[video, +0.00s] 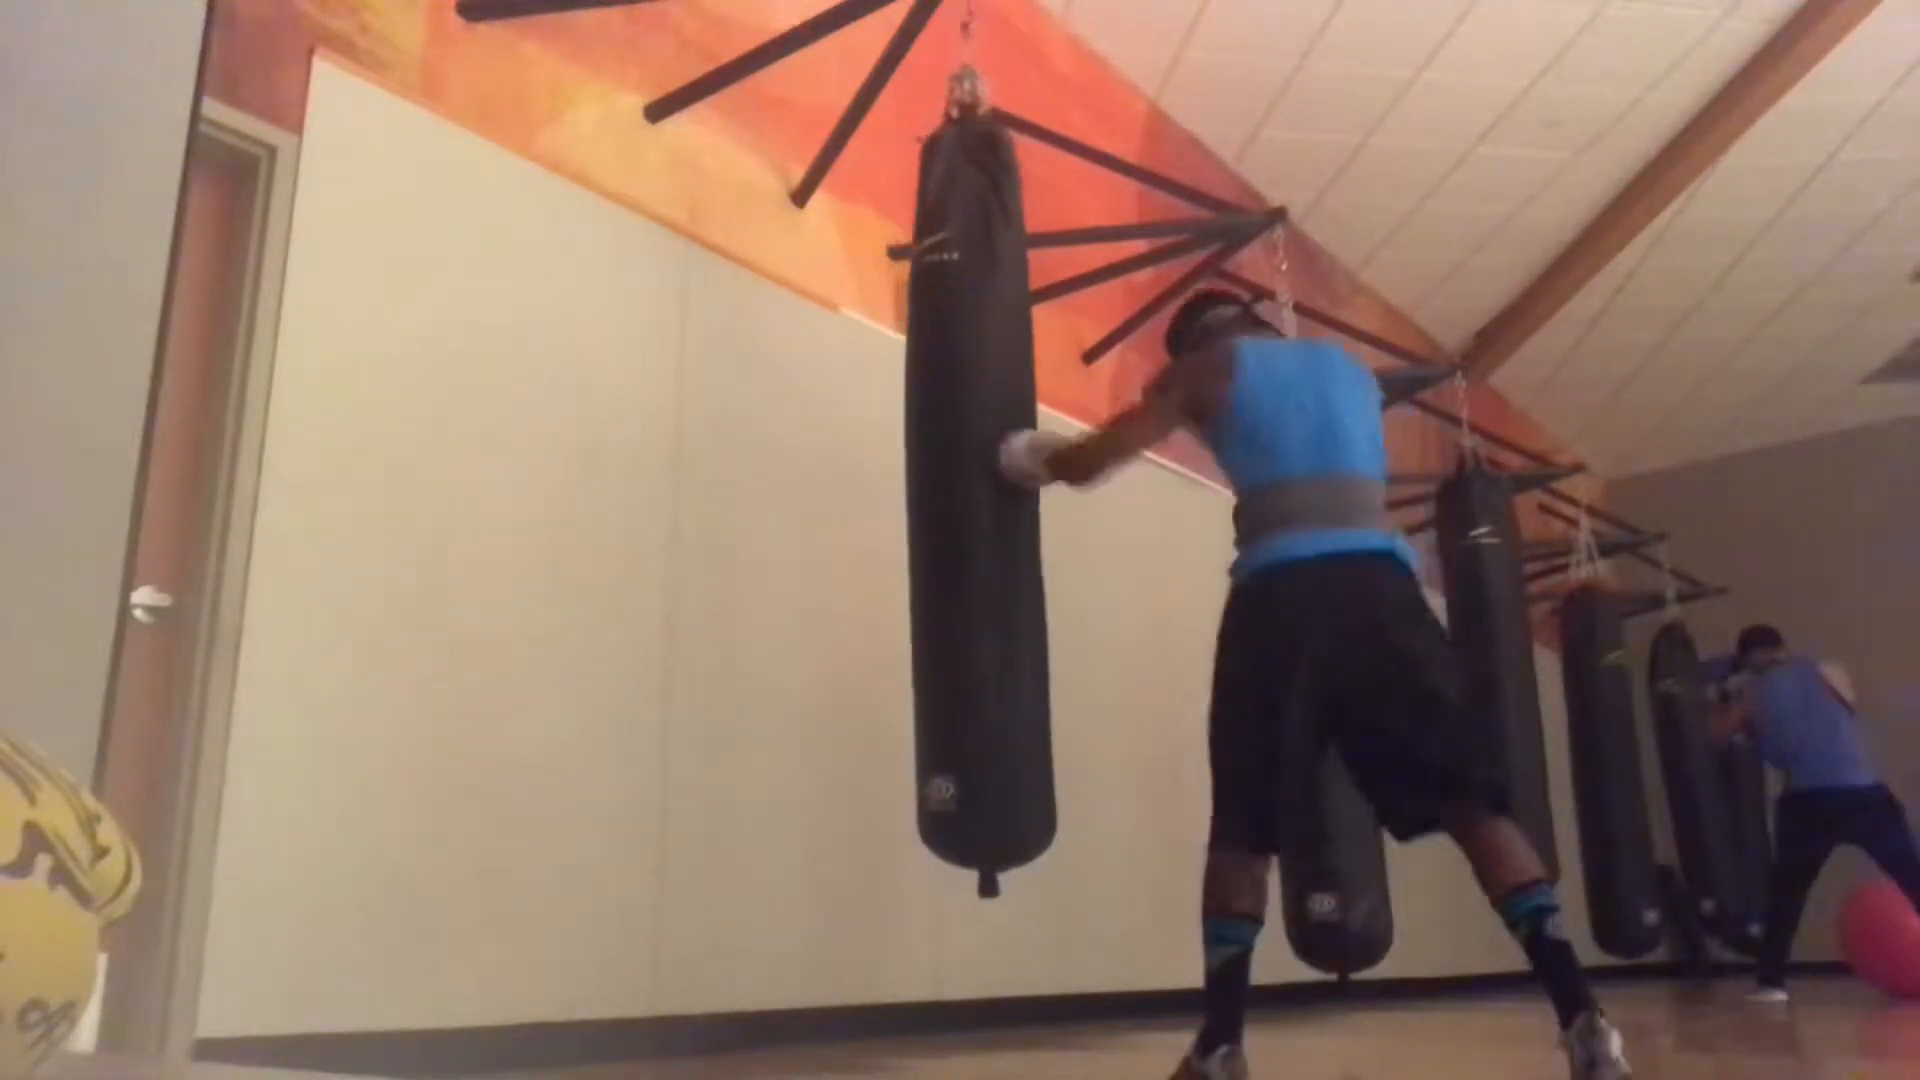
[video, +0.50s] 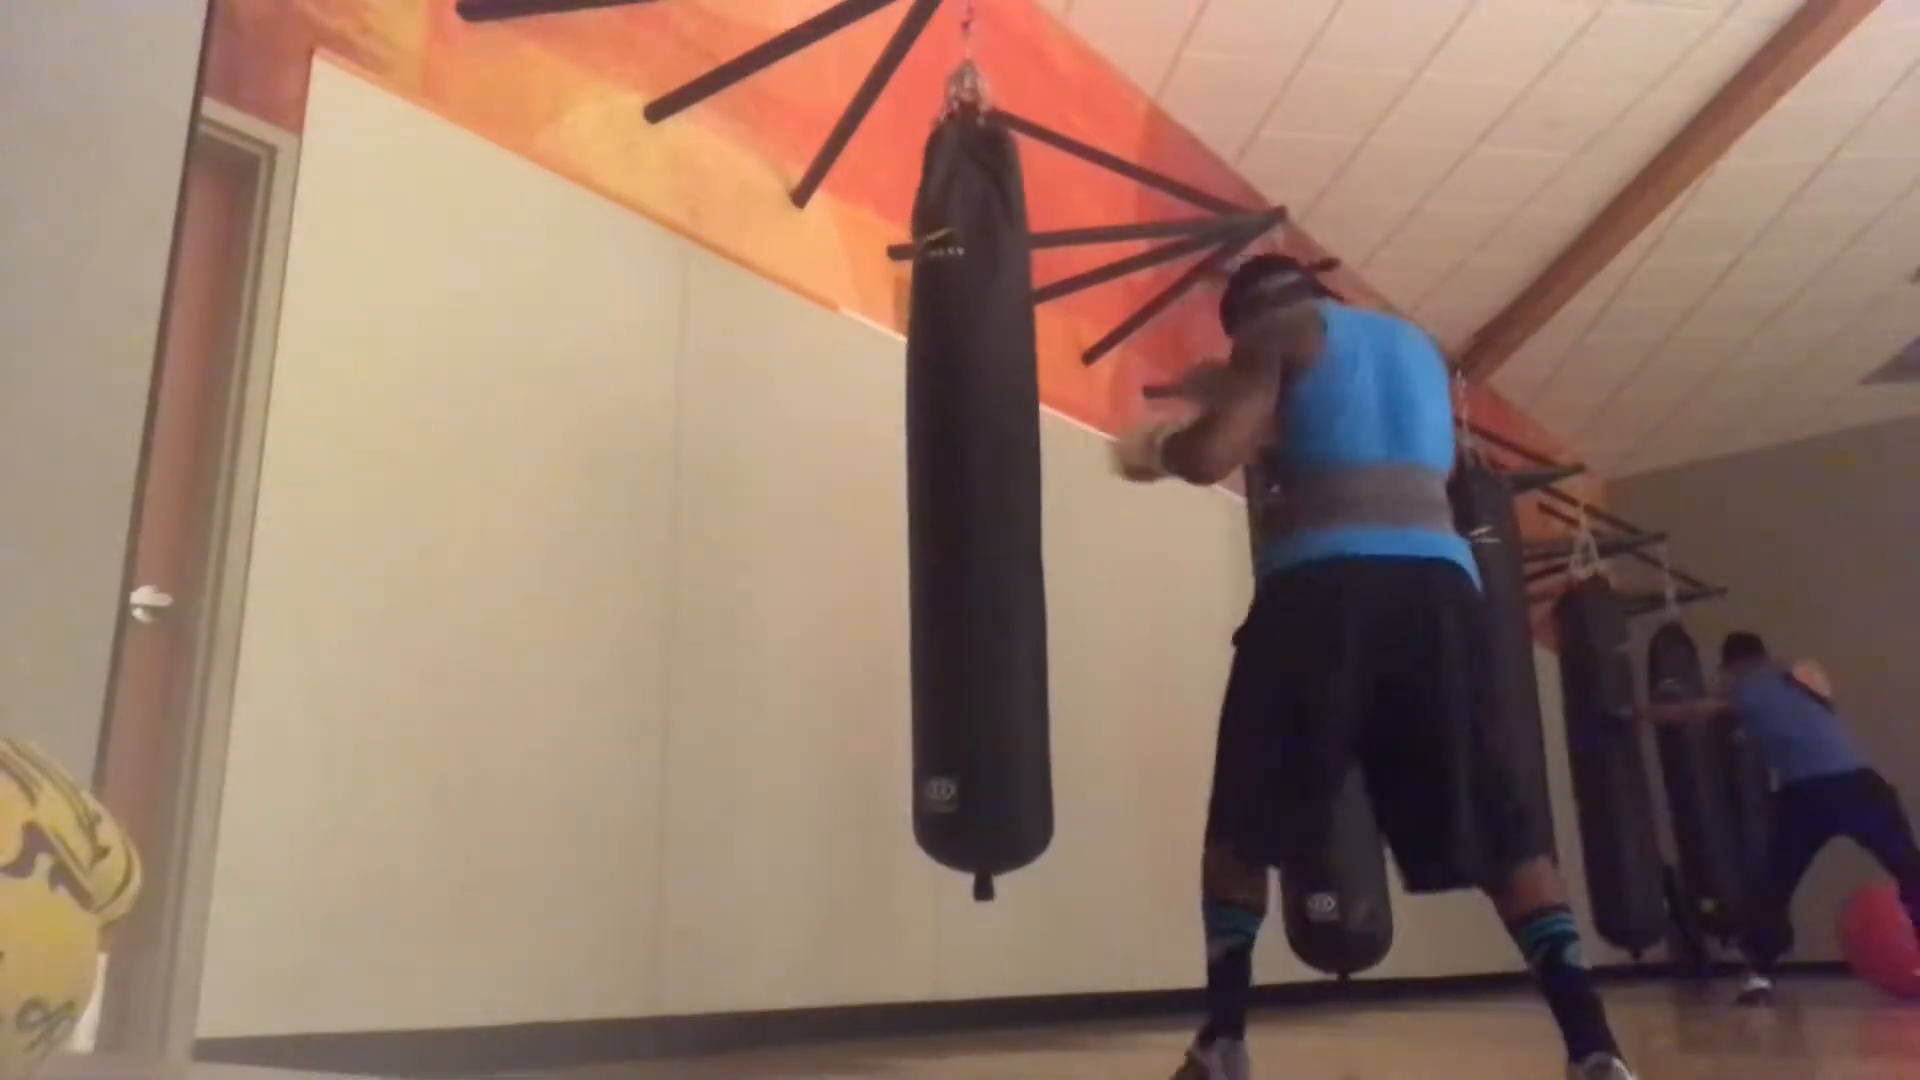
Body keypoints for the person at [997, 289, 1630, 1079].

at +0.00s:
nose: (1176, 380)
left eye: (1181, 365)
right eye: (1179, 371)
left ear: (1194, 347)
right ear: (1264, 323)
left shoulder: (1204, 366)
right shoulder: (1347, 366)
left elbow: (1088, 463)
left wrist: (1033, 456)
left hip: (1275, 612)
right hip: (1383, 599)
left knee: (1241, 827)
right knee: (1473, 805)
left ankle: (1221, 1041)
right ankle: (1582, 1016)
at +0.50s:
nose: (1242, 348)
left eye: (1242, 336)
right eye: (1240, 338)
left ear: (1255, 312)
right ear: (1314, 287)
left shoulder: (1276, 327)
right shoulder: (1419, 344)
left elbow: (1214, 453)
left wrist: (1162, 450)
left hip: (1320, 599)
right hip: (1442, 597)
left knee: (1241, 819)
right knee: (1496, 818)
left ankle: (1224, 1039)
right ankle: (1593, 1046)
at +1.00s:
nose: (1207, 311)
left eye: (1209, 298)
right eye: (1204, 302)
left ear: (1224, 274)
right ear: (1292, 248)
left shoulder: (1234, 295)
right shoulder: (1392, 300)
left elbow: (1148, 412)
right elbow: (1445, 366)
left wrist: (1108, 411)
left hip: (1284, 568)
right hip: (1413, 564)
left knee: (1236, 812)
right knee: (1486, 804)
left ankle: (1196, 1043)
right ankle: (1571, 1046)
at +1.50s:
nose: (1193, 268)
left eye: (1193, 253)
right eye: (1193, 254)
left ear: (1211, 231)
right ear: (1279, 214)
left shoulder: (1205, 254)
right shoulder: (1376, 260)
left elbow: (1060, 369)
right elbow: (1433, 359)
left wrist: (1012, 369)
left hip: (1256, 544)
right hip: (1390, 539)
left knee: (1215, 794)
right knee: (1458, 790)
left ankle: (1180, 1048)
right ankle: (1534, 1043)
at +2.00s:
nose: (1139, 264)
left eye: (1143, 250)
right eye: (1142, 252)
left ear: (1167, 237)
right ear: (1251, 226)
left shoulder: (1150, 266)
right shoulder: (1313, 269)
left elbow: (1030, 384)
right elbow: (1323, 395)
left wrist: (997, 382)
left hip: (1177, 539)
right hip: (1303, 536)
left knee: (1151, 798)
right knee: (1397, 786)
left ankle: (1127, 1051)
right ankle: (1441, 1028)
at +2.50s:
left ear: (1098, 325)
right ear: (1177, 309)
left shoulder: (1063, 372)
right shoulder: (1242, 327)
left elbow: (994, 513)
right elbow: (1253, 488)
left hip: (1075, 595)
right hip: (1196, 592)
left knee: (1061, 816)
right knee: (1315, 813)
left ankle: (994, 1042)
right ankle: (1282, 1041)